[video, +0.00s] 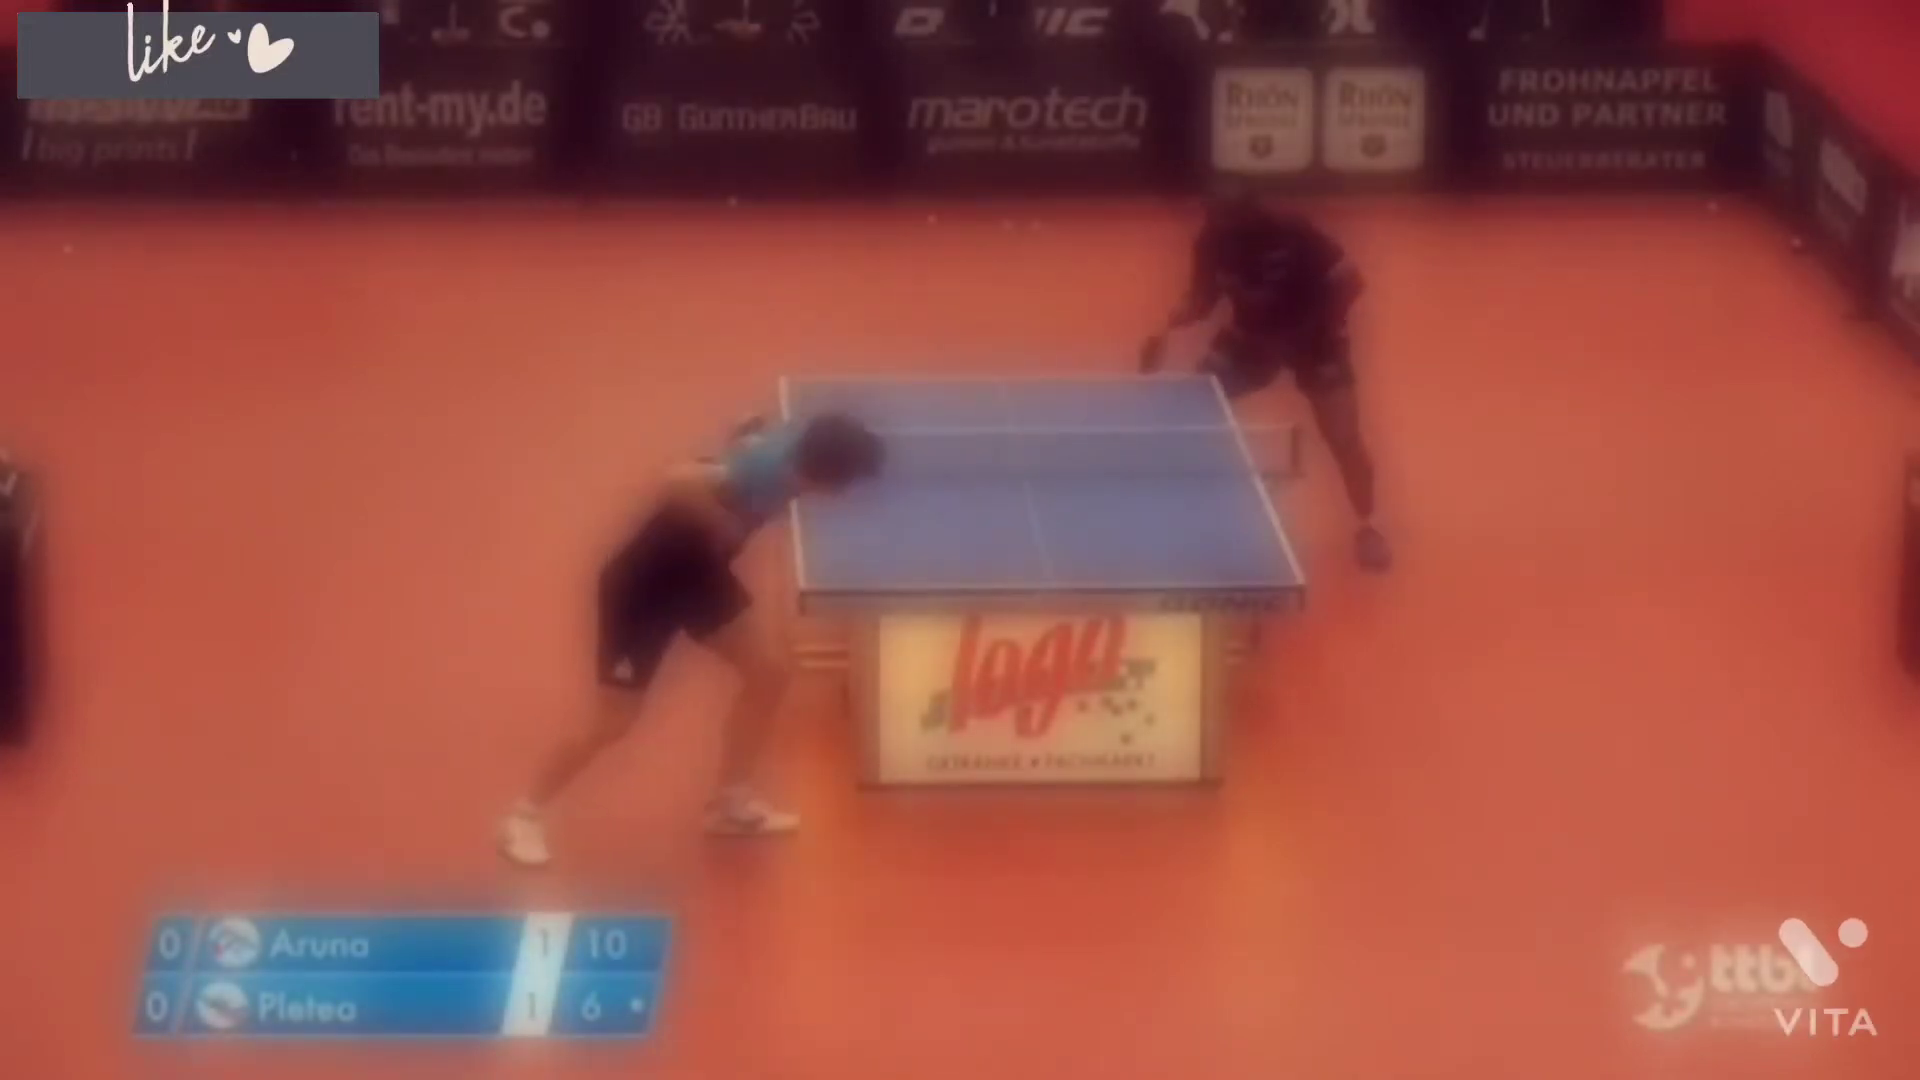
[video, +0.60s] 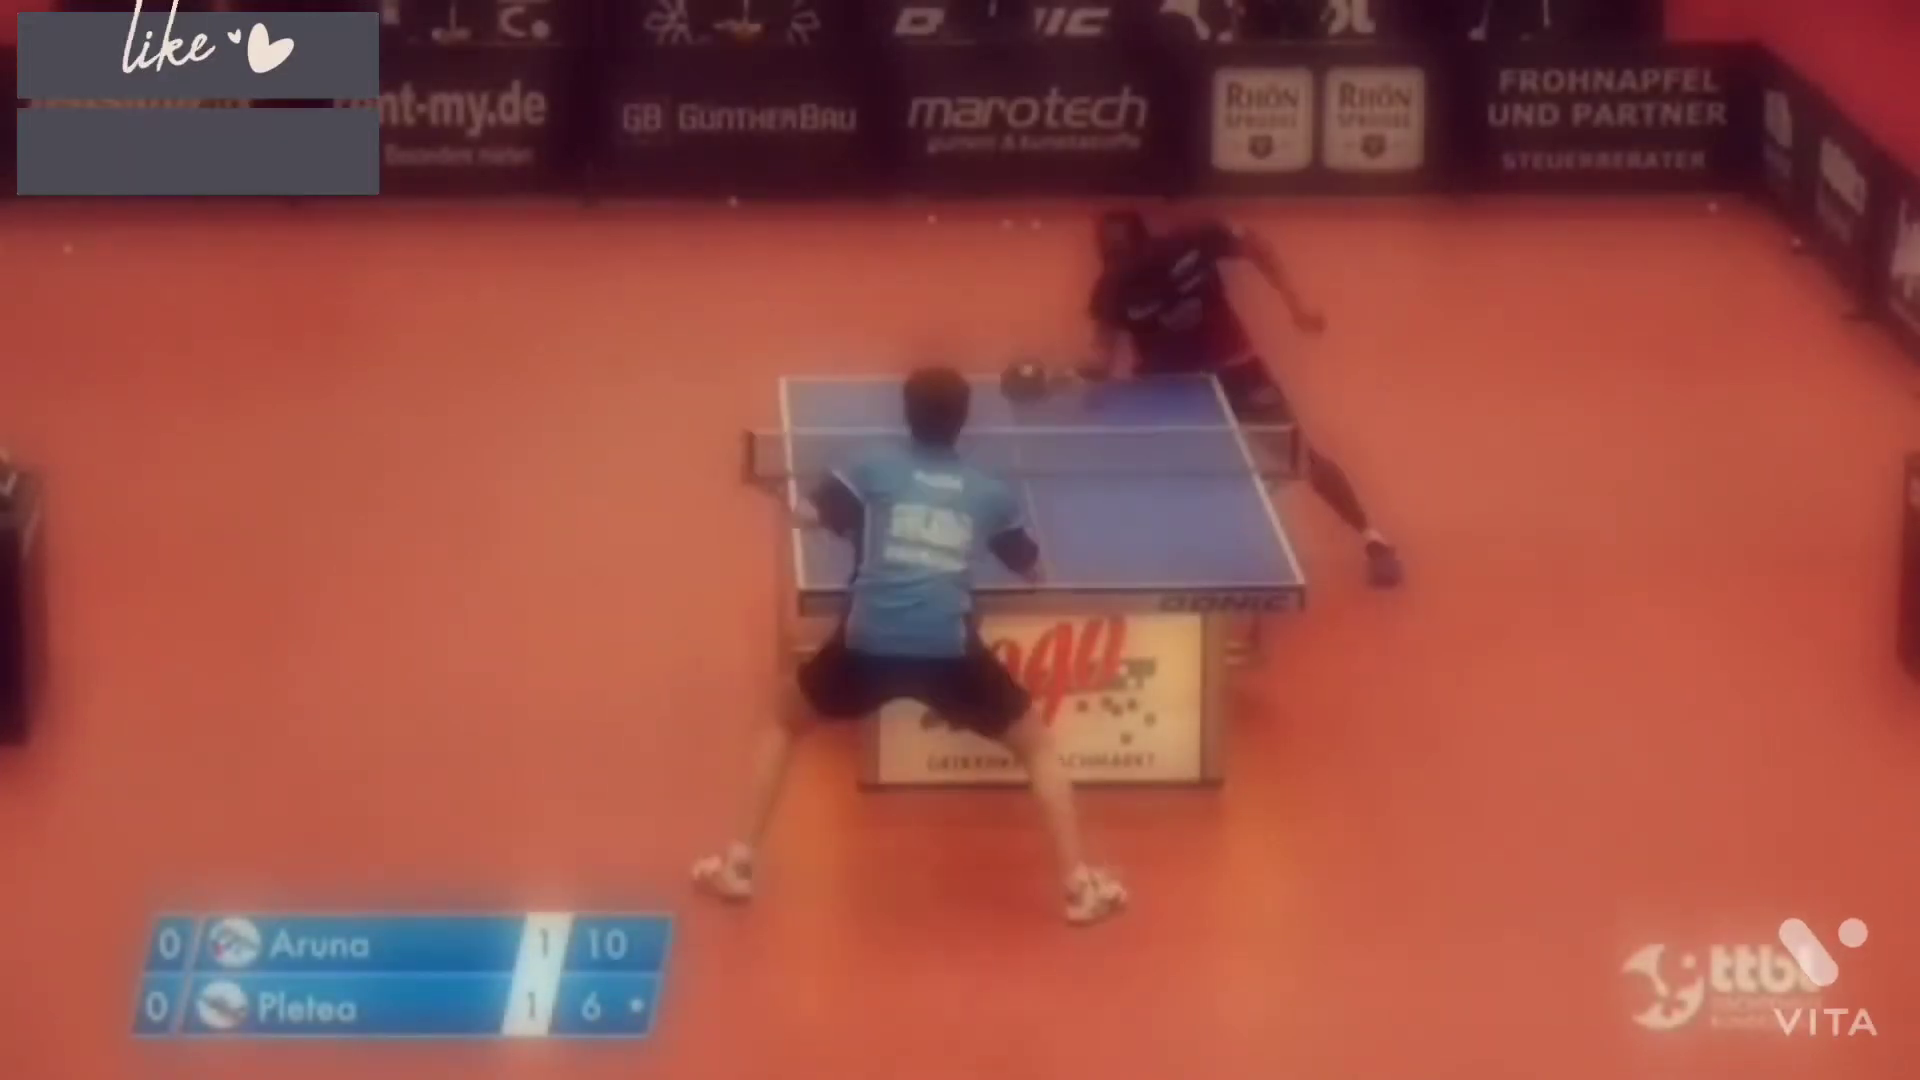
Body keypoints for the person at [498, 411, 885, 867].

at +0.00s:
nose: (832, 493)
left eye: (840, 484)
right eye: (835, 482)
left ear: (824, 456)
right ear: (818, 468)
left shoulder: (784, 454)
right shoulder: (755, 470)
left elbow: (752, 433)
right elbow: (678, 482)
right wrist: (718, 516)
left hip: (699, 576)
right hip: (644, 579)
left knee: (766, 673)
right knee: (614, 717)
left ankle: (732, 798)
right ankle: (528, 812)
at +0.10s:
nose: (876, 453)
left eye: (882, 442)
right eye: (877, 443)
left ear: (841, 416)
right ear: (862, 441)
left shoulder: (797, 430)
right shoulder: (787, 461)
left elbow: (742, 422)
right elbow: (776, 495)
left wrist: (679, 423)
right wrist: (822, 518)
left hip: (723, 582)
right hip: (670, 587)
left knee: (782, 681)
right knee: (660, 732)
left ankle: (732, 799)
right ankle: (548, 798)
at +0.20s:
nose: (891, 384)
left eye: (890, 372)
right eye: (890, 374)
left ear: (840, 364)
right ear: (883, 380)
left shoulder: (791, 398)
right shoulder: (848, 439)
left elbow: (724, 403)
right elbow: (897, 477)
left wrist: (659, 406)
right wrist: (934, 474)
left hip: (716, 570)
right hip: (746, 587)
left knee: (777, 697)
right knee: (775, 723)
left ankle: (736, 801)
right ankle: (641, 782)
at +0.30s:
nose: (901, 346)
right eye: (904, 337)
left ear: (853, 336)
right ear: (906, 345)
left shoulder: (809, 384)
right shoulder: (901, 413)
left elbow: (741, 403)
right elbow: (967, 467)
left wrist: (695, 427)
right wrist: (981, 455)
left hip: (757, 563)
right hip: (817, 575)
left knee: (765, 678)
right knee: (867, 706)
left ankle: (732, 802)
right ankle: (807, 818)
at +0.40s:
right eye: (915, 341)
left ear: (866, 344)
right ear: (919, 350)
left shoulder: (828, 392)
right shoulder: (929, 417)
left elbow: (752, 415)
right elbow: (1001, 484)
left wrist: (753, 479)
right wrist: (985, 458)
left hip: (792, 574)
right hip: (862, 584)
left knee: (768, 698)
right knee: (929, 712)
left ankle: (723, 817)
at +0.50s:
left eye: (894, 365)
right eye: (926, 368)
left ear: (880, 373)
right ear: (937, 379)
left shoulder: (847, 423)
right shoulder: (951, 447)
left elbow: (775, 457)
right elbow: (1019, 522)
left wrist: (781, 489)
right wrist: (1007, 487)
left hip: (831, 615)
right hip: (906, 621)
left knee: (776, 711)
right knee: (989, 736)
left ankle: (738, 835)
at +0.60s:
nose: (931, 418)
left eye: (922, 407)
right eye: (945, 409)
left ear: (907, 415)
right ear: (962, 419)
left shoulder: (874, 466)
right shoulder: (985, 487)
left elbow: (825, 506)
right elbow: (1025, 561)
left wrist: (869, 532)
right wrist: (984, 519)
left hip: (867, 652)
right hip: (948, 655)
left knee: (783, 721)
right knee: (1035, 744)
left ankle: (740, 861)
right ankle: (1079, 882)